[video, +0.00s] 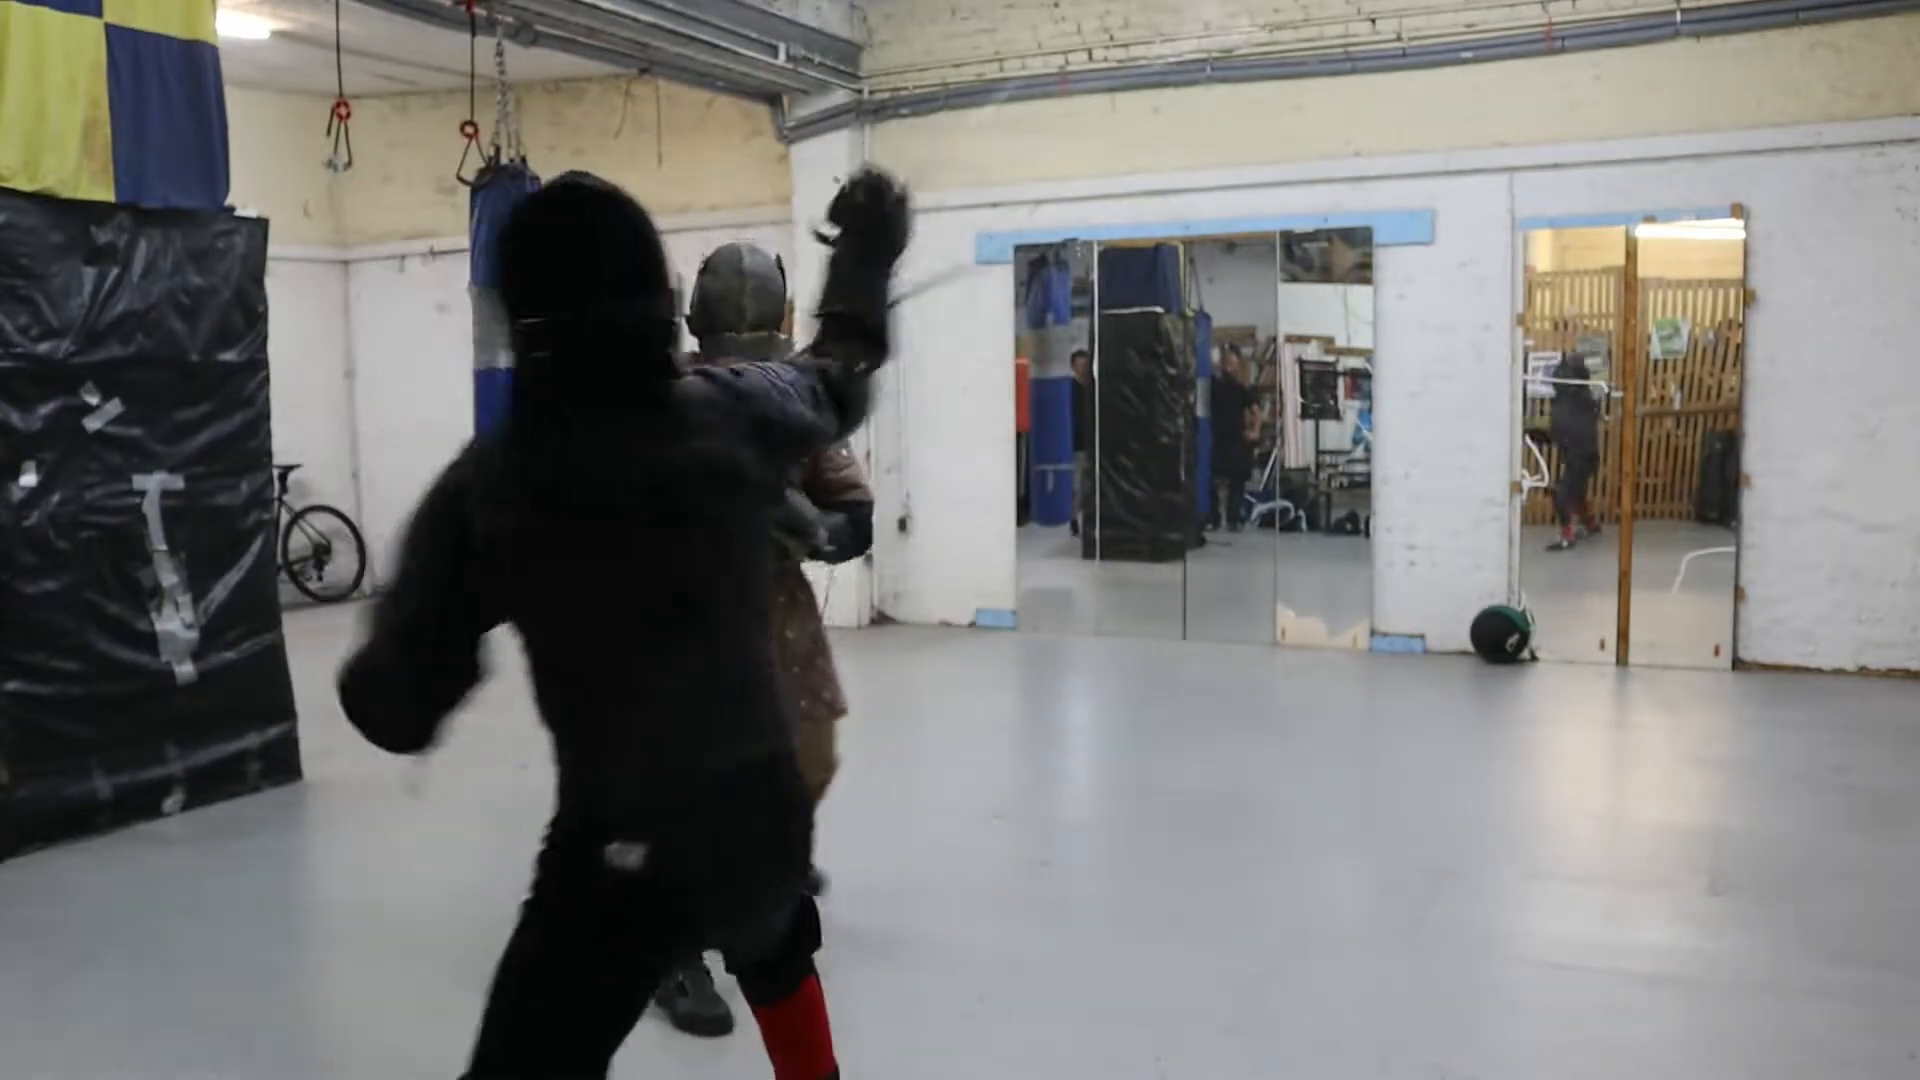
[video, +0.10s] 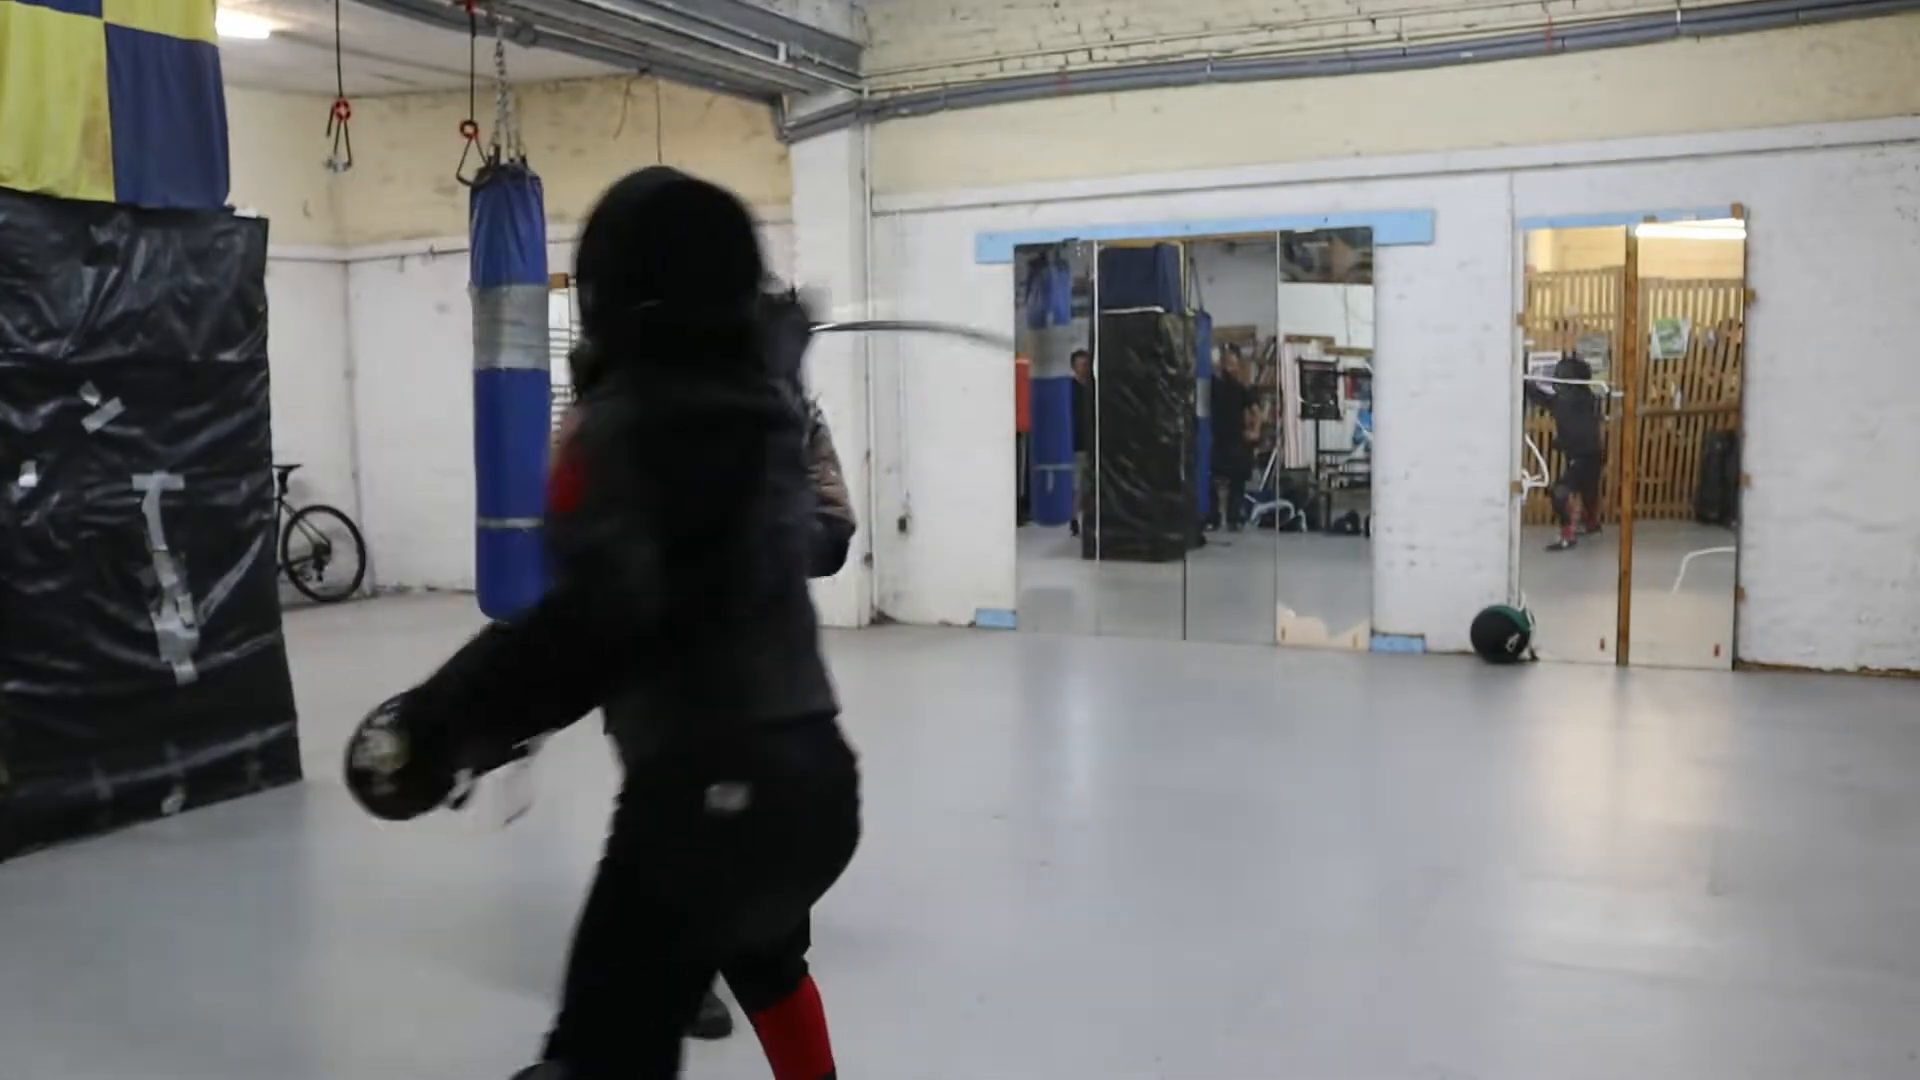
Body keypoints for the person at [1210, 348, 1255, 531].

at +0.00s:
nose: (1228, 366)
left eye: (1231, 361)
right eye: (1225, 361)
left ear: (1238, 363)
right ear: (1220, 363)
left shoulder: (1243, 389)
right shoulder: (1213, 386)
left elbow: (1255, 411)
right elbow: (1204, 409)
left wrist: (1254, 431)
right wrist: (1206, 431)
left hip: (1238, 438)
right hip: (1215, 437)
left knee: (1237, 481)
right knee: (1212, 479)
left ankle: (1233, 519)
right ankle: (1213, 517)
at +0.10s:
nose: (1229, 366)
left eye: (1232, 362)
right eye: (1225, 362)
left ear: (1238, 364)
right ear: (1220, 363)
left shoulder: (1243, 389)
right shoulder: (1213, 386)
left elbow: (1255, 411)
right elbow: (1204, 410)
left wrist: (1254, 431)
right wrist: (1206, 432)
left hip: (1238, 438)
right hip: (1215, 437)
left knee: (1237, 480)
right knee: (1212, 479)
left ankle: (1233, 519)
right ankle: (1213, 516)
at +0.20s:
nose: (1230, 367)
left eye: (1233, 363)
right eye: (1226, 363)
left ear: (1239, 365)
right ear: (1221, 364)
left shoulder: (1242, 390)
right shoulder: (1212, 387)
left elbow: (1255, 411)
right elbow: (1204, 410)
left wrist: (1255, 431)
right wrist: (1206, 432)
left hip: (1238, 439)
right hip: (1215, 438)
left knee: (1237, 481)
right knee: (1212, 480)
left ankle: (1233, 519)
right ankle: (1212, 517)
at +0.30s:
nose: (1230, 368)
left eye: (1234, 364)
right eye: (1227, 363)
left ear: (1239, 365)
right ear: (1221, 364)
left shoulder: (1242, 390)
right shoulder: (1213, 387)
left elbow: (1255, 411)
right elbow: (1204, 409)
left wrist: (1255, 431)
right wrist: (1206, 431)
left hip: (1237, 439)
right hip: (1216, 438)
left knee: (1237, 481)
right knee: (1213, 480)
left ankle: (1233, 519)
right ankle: (1213, 517)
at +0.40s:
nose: (1230, 368)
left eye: (1233, 364)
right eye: (1226, 363)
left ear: (1239, 365)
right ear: (1221, 364)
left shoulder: (1242, 390)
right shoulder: (1213, 387)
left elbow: (1255, 411)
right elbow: (1204, 410)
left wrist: (1255, 431)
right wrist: (1206, 431)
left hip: (1238, 439)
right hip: (1215, 438)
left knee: (1237, 481)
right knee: (1213, 480)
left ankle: (1233, 519)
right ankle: (1213, 517)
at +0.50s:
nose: (1230, 368)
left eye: (1233, 364)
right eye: (1227, 363)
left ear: (1239, 365)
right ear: (1221, 364)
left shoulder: (1242, 390)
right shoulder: (1213, 387)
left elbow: (1255, 411)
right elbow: (1204, 409)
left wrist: (1255, 431)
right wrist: (1206, 431)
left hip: (1238, 439)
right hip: (1216, 438)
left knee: (1237, 481)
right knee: (1213, 480)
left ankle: (1233, 519)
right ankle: (1213, 517)